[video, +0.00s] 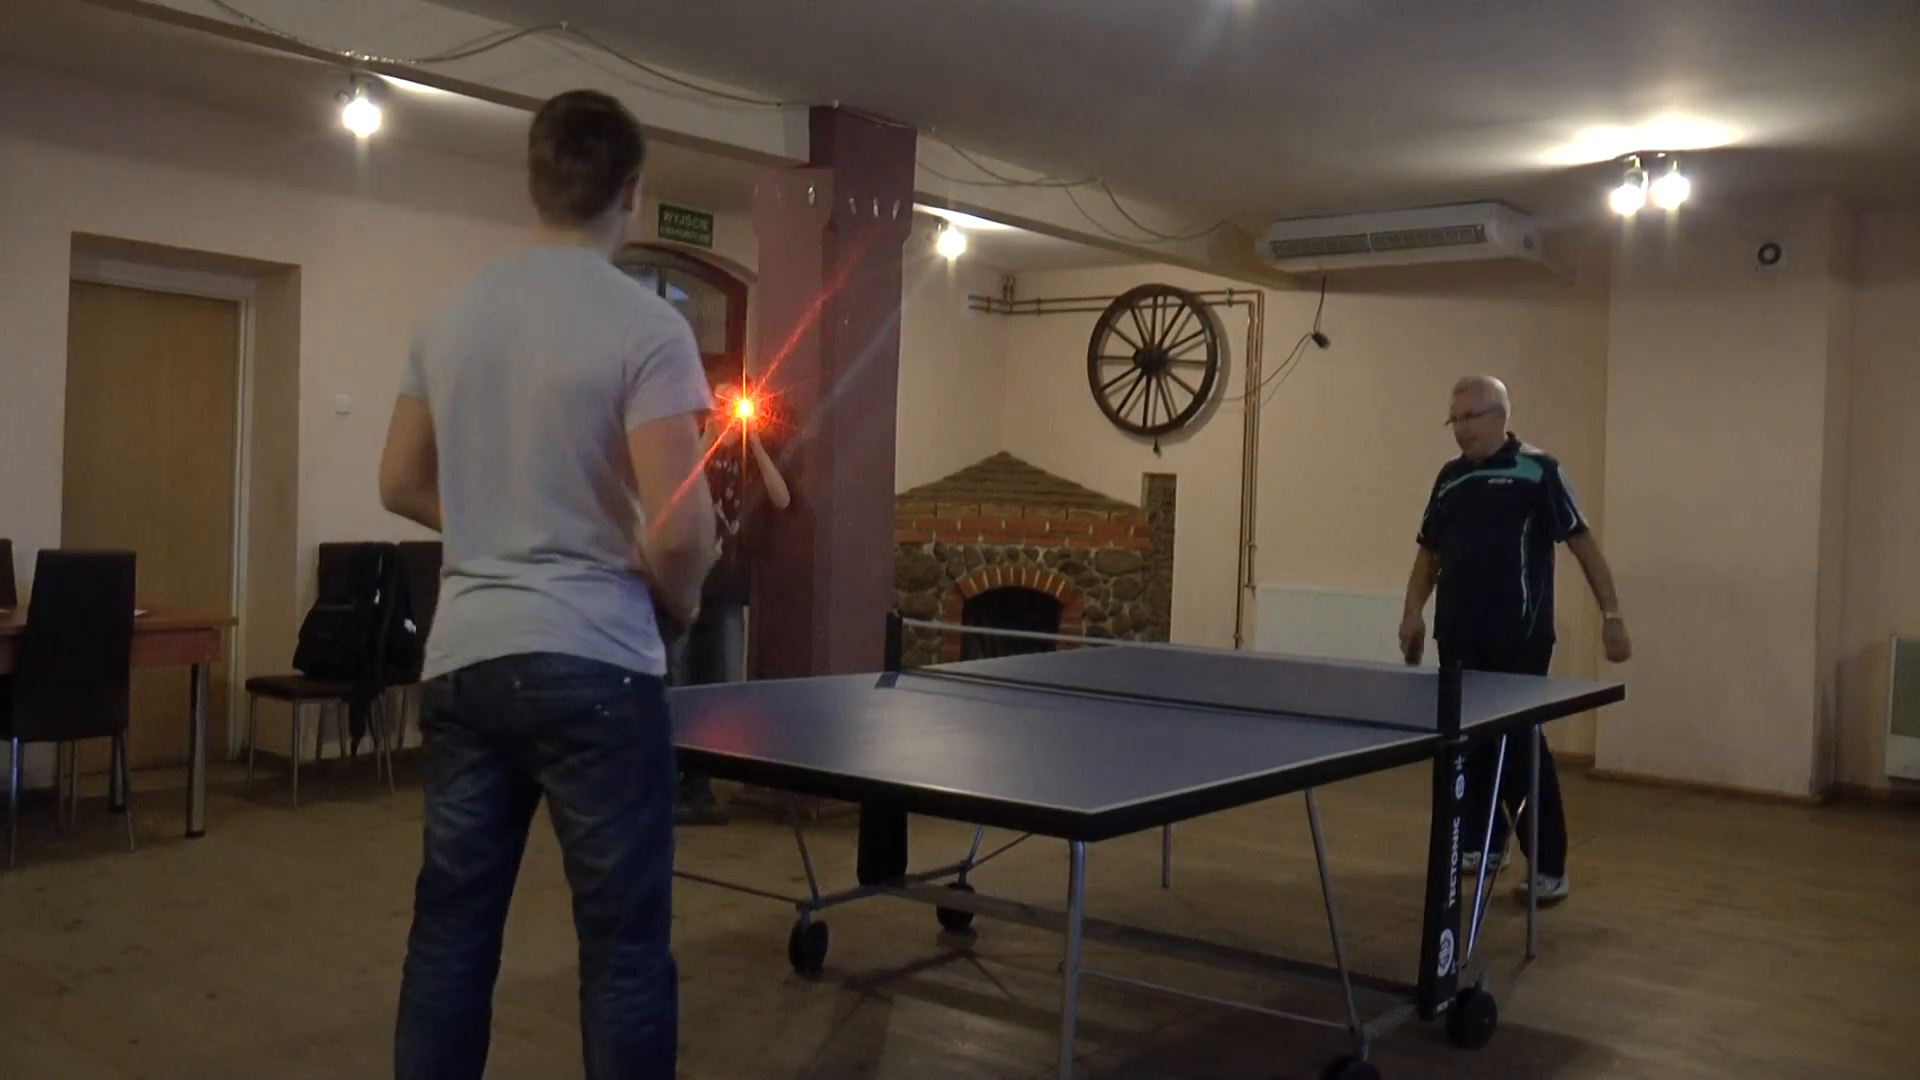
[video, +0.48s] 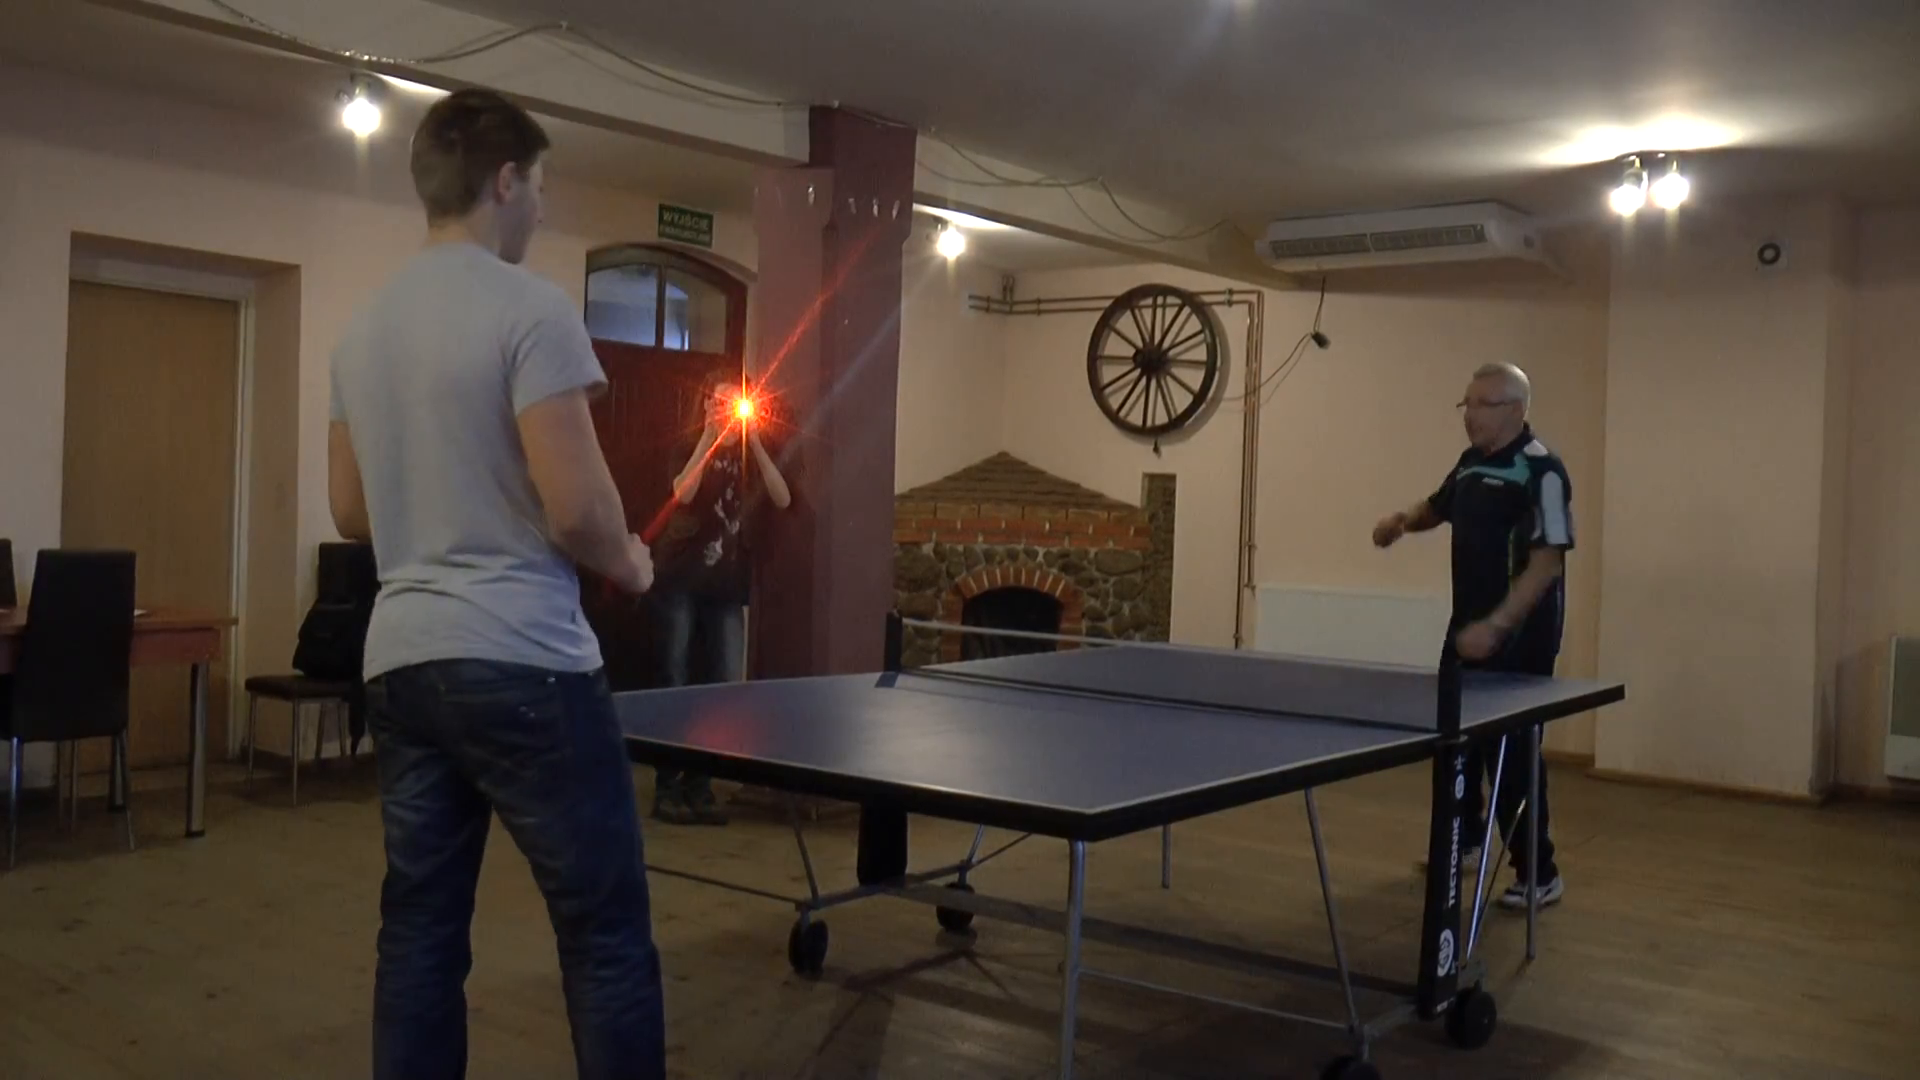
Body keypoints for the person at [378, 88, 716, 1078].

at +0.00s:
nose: (641, 201)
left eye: (632, 185)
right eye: (642, 187)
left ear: (532, 187)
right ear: (631, 194)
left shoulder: (453, 315)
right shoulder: (648, 324)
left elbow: (404, 480)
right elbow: (675, 534)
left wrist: (504, 525)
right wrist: (679, 604)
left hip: (463, 651)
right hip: (593, 655)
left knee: (450, 924)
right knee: (624, 939)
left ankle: (428, 1073)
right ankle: (631, 1075)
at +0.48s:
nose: (541, 202)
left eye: (539, 182)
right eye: (538, 180)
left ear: (436, 186)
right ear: (508, 181)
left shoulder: (362, 327)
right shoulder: (529, 304)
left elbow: (352, 511)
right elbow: (576, 511)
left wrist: (459, 529)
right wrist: (623, 562)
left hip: (398, 656)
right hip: (523, 659)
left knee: (418, 934)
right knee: (606, 933)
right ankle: (625, 1071)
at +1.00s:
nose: (599, 227)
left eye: (598, 208)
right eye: (599, 207)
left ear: (493, 202)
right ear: (575, 202)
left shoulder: (397, 318)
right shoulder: (586, 312)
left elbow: (353, 502)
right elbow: (619, 509)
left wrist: (453, 535)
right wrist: (635, 597)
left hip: (410, 663)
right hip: (541, 666)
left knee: (426, 934)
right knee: (608, 941)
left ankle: (417, 1078)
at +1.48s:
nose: (721, 234)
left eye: (724, 218)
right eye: (723, 216)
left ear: (617, 205)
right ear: (703, 213)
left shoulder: (510, 306)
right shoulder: (720, 328)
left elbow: (444, 475)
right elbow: (750, 519)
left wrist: (530, 549)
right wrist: (708, 611)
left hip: (497, 651)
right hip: (638, 653)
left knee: (456, 914)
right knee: (651, 931)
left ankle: (423, 1071)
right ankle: (650, 1074)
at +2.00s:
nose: (591, 241)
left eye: (593, 222)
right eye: (592, 220)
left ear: (487, 206)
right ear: (567, 210)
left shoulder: (388, 312)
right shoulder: (584, 310)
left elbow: (310, 488)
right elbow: (706, 483)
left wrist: (389, 555)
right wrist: (653, 530)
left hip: (378, 664)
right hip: (519, 664)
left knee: (362, 940)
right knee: (580, 947)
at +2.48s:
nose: (527, 212)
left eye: (529, 196)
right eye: (527, 195)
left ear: (416, 193)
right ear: (504, 193)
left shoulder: (331, 295)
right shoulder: (548, 309)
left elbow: (245, 473)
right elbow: (656, 481)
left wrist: (297, 577)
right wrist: (653, 550)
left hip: (349, 653)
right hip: (495, 650)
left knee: (345, 936)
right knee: (550, 940)